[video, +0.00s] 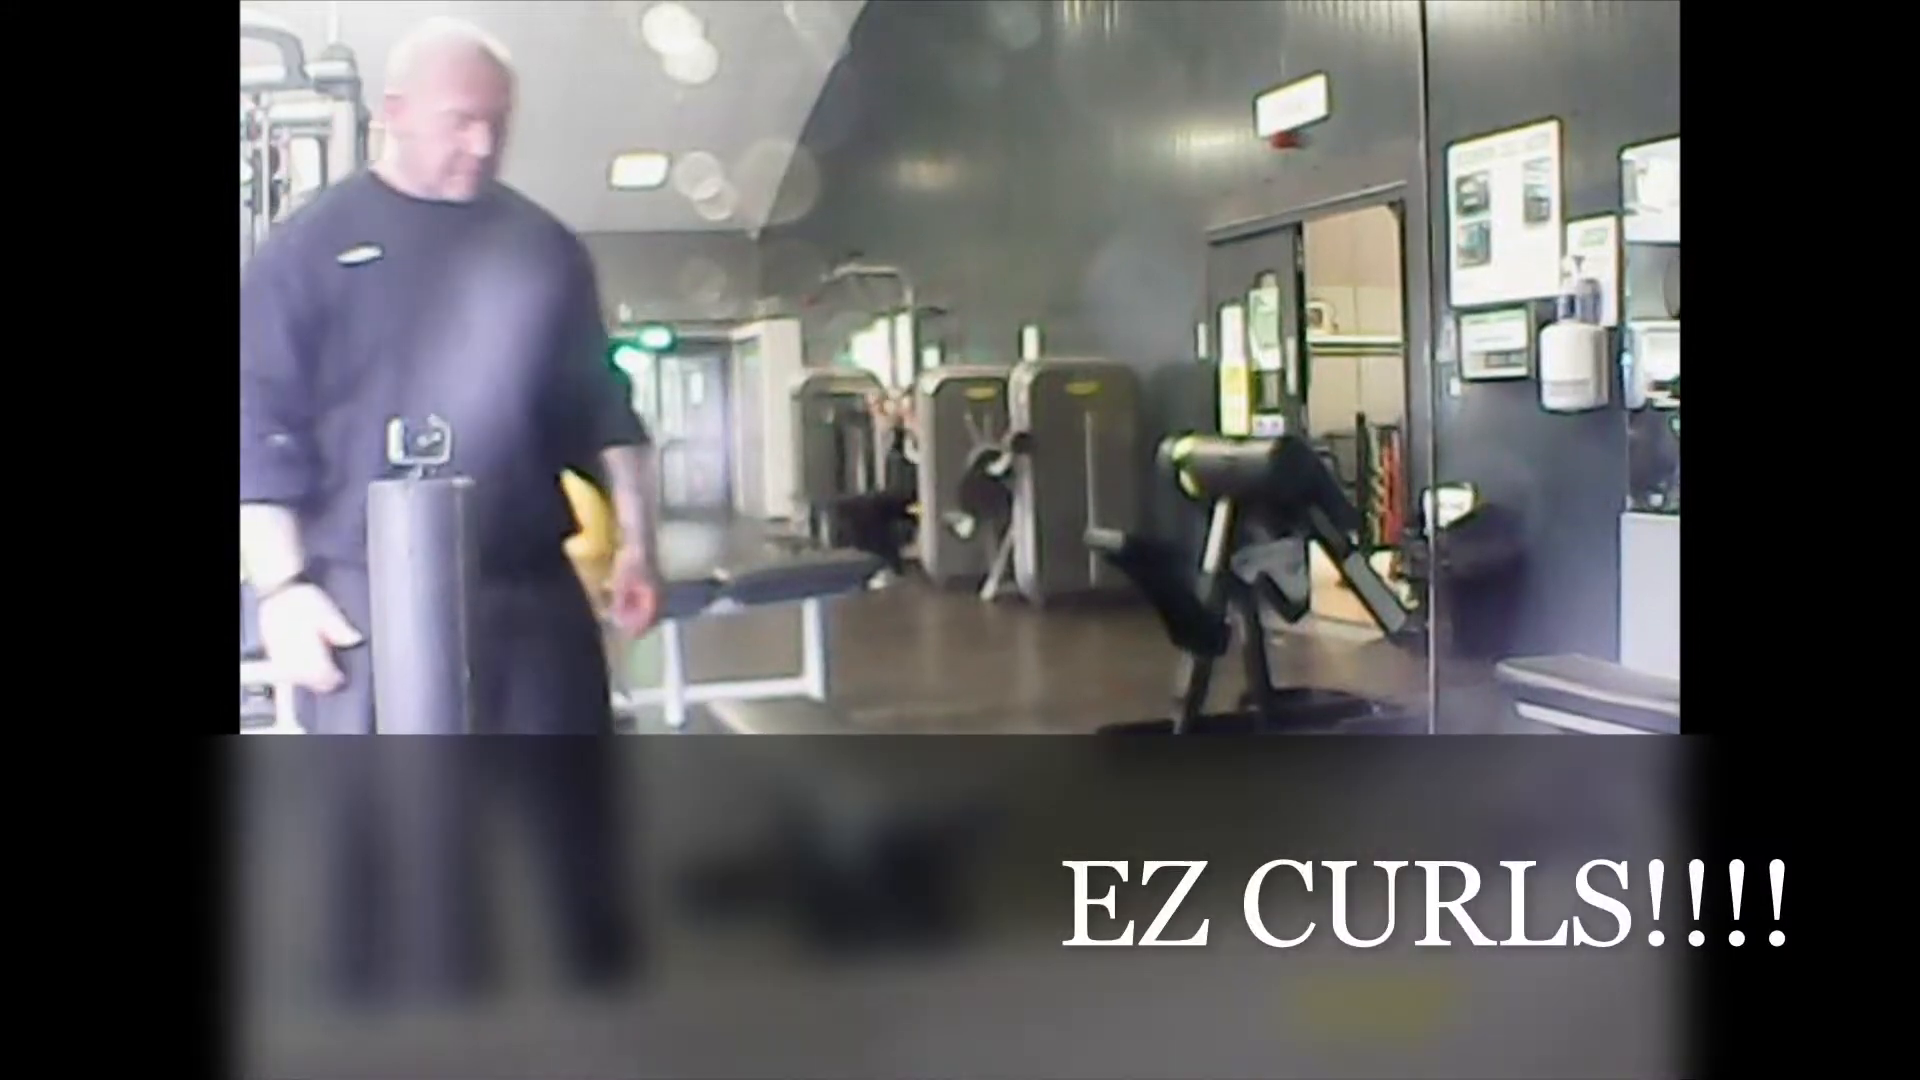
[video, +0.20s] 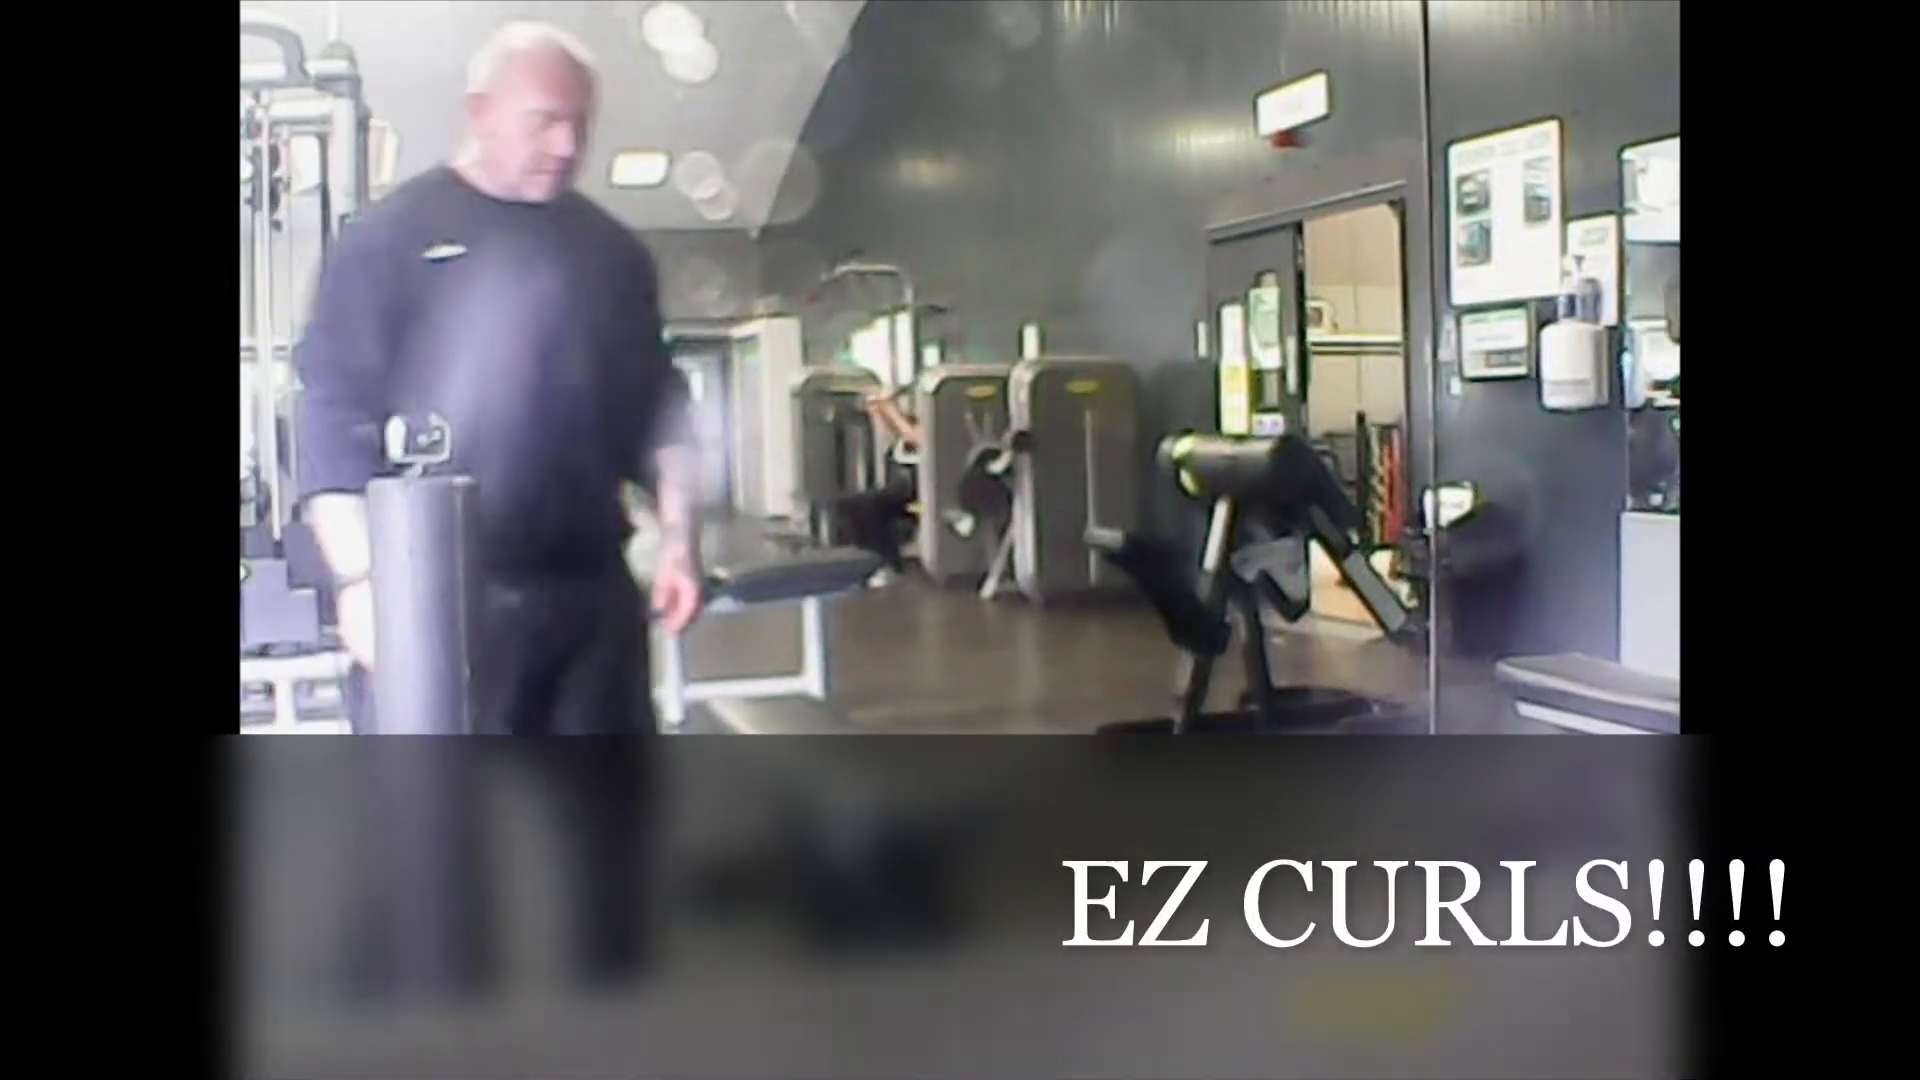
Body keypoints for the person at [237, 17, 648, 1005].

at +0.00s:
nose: (484, 144)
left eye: (497, 121)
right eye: (461, 120)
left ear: (511, 119)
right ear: (392, 112)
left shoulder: (544, 248)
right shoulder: (300, 255)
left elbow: (604, 406)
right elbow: (264, 437)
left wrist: (636, 540)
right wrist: (277, 589)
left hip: (527, 603)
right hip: (367, 612)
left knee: (583, 854)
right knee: (376, 863)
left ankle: (604, 1033)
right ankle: (378, 1046)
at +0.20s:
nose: (565, 144)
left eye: (578, 124)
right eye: (544, 120)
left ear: (590, 126)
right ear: (479, 111)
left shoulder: (612, 252)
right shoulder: (386, 238)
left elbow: (660, 408)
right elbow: (330, 423)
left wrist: (679, 535)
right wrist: (360, 584)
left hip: (583, 598)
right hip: (429, 598)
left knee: (615, 853)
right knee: (425, 863)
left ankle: (613, 1039)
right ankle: (431, 1052)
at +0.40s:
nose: (649, 144)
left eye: (662, 125)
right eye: (630, 120)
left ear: (672, 126)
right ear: (567, 110)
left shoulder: (677, 242)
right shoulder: (479, 225)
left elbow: (714, 393)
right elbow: (444, 403)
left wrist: (743, 525)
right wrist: (505, 544)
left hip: (641, 567)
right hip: (506, 560)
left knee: (647, 800)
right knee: (489, 802)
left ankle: (612, 1009)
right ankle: (470, 1010)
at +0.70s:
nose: (695, 148)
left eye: (711, 126)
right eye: (673, 122)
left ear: (726, 124)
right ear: (611, 112)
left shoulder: (733, 244)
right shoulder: (536, 232)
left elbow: (793, 400)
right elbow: (517, 416)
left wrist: (822, 529)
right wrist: (597, 562)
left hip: (691, 570)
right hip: (575, 569)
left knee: (684, 805)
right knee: (635, 810)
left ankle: (655, 1014)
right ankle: (637, 1021)